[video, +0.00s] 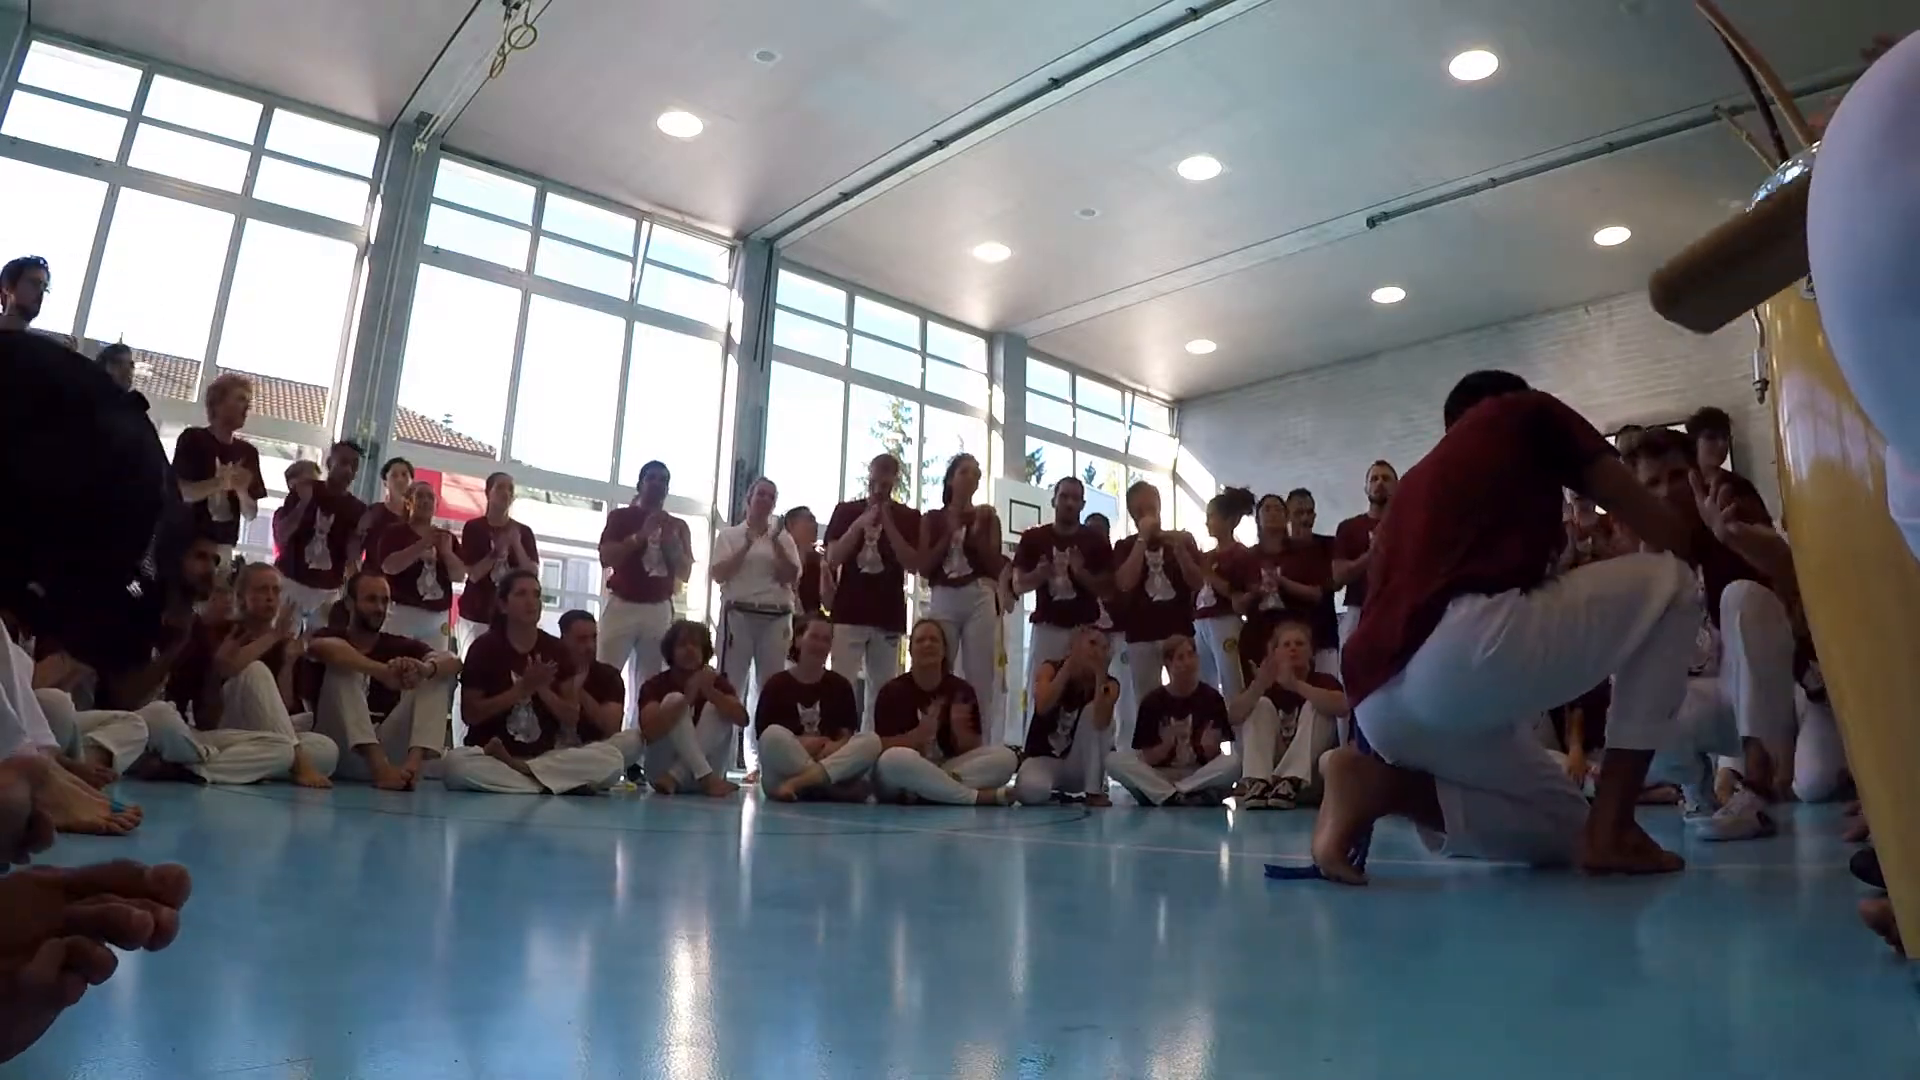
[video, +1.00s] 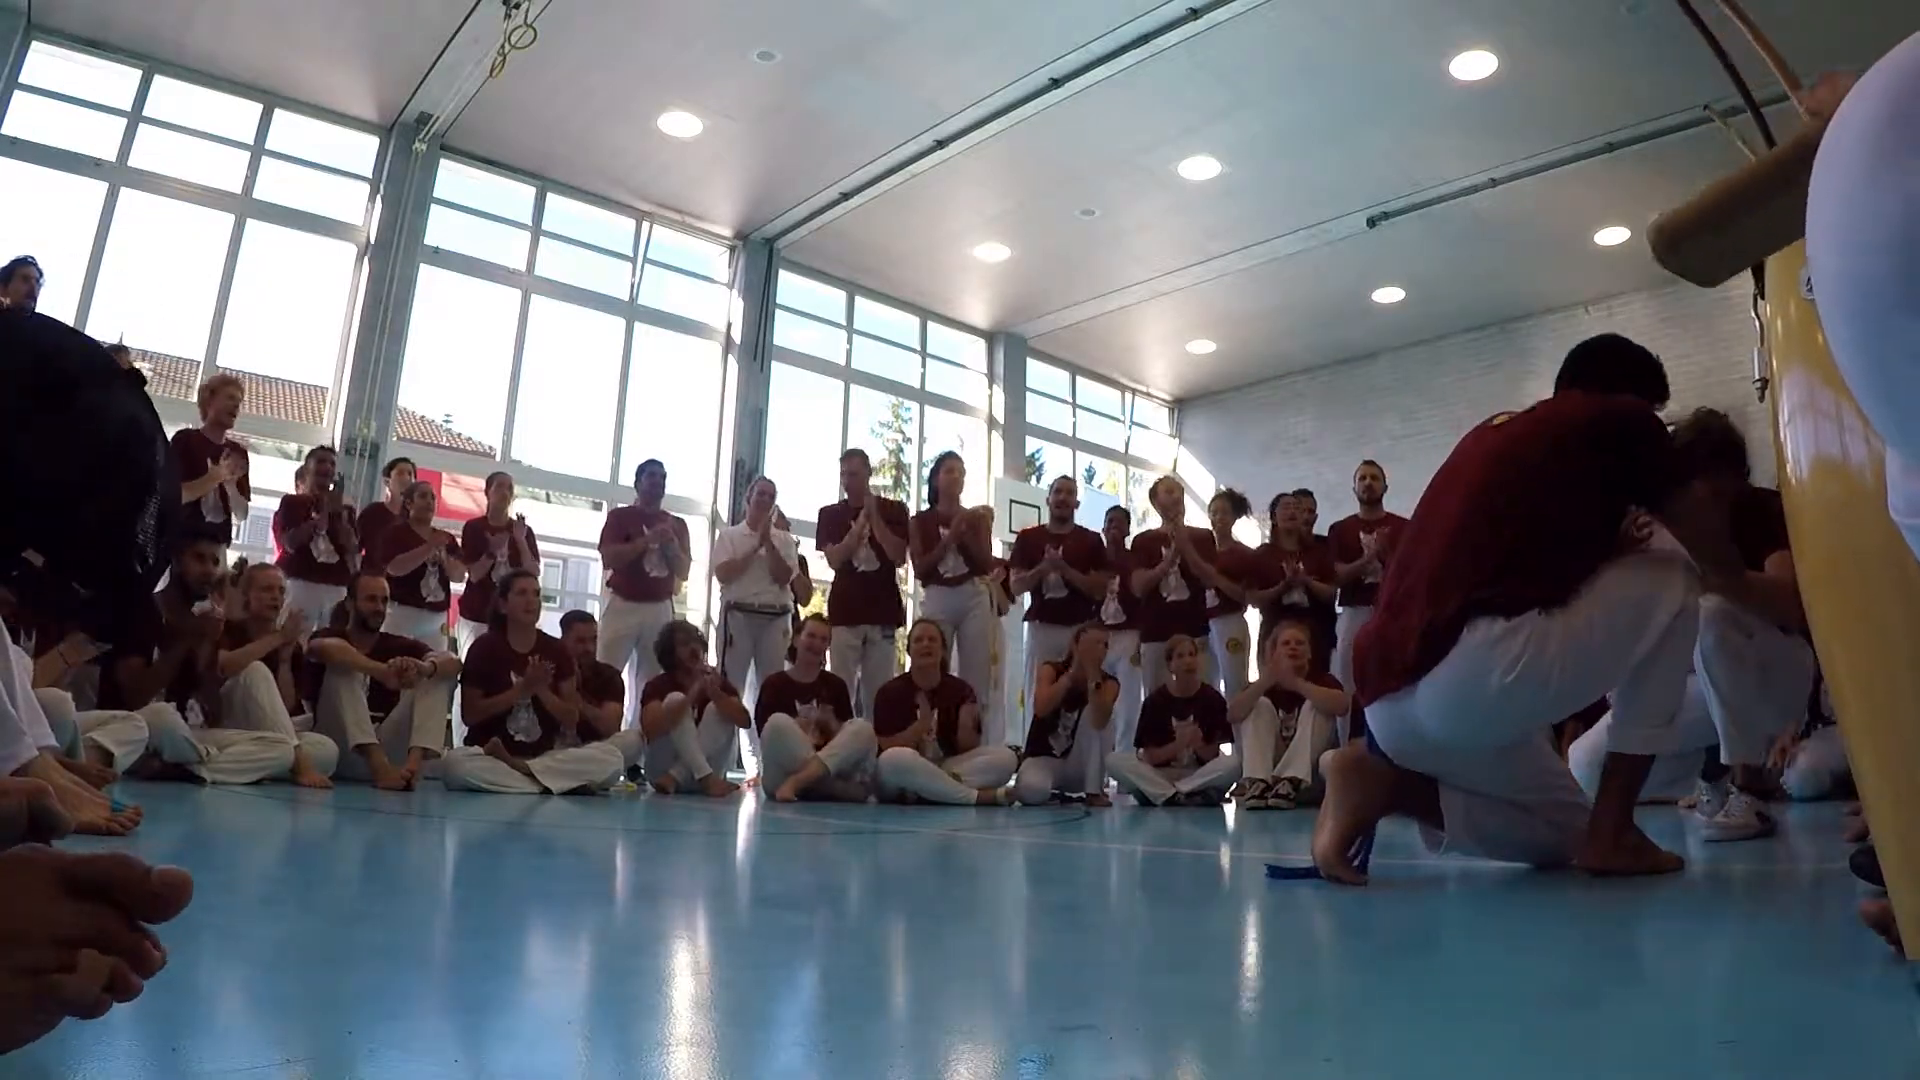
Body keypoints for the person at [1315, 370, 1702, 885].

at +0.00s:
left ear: (1451, 423)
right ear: (1515, 399)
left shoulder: (1415, 480)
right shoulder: (1528, 410)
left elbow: (1367, 587)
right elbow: (1667, 529)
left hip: (1380, 708)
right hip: (1461, 648)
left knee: (1578, 828)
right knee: (1668, 583)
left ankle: (1381, 787)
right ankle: (1612, 828)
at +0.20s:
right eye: (1527, 391)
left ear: (1450, 412)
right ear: (1512, 387)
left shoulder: (1415, 471)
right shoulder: (1524, 399)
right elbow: (1654, 526)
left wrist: (1731, 562)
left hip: (1381, 708)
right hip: (1454, 652)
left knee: (1572, 827)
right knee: (1669, 581)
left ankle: (1379, 786)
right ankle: (1611, 828)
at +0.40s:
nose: (1558, 398)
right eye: (1554, 388)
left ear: (1468, 397)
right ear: (1542, 380)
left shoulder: (1426, 454)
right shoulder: (1543, 397)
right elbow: (1665, 527)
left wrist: (1560, 573)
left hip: (1381, 703)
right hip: (1457, 655)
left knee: (1569, 827)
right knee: (1672, 578)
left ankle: (1375, 786)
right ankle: (1611, 829)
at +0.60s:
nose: (1589, 402)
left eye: (1588, 395)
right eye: (1585, 392)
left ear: (1494, 390)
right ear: (1570, 383)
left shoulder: (1446, 443)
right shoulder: (1566, 398)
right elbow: (1672, 534)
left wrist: (1586, 557)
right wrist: (1641, 469)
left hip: (1386, 699)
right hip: (1465, 658)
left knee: (1570, 826)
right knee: (1675, 580)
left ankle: (1376, 784)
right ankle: (1609, 828)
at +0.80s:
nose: (1627, 404)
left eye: (1628, 395)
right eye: (1625, 392)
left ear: (1535, 379)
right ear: (1604, 382)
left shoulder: (1478, 434)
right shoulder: (1594, 402)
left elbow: (1496, 583)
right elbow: (1698, 536)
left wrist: (1595, 558)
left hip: (1389, 697)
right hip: (1465, 658)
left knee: (1571, 826)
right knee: (1679, 582)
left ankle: (1380, 784)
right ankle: (1609, 828)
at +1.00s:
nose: (1656, 420)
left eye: (1657, 408)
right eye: (1653, 407)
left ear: (1566, 386)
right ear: (1632, 395)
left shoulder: (1499, 432)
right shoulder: (1624, 423)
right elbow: (1714, 551)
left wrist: (1612, 545)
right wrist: (1755, 593)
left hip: (1389, 701)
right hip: (1470, 669)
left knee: (1575, 828)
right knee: (1673, 582)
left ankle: (1380, 786)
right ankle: (1612, 831)